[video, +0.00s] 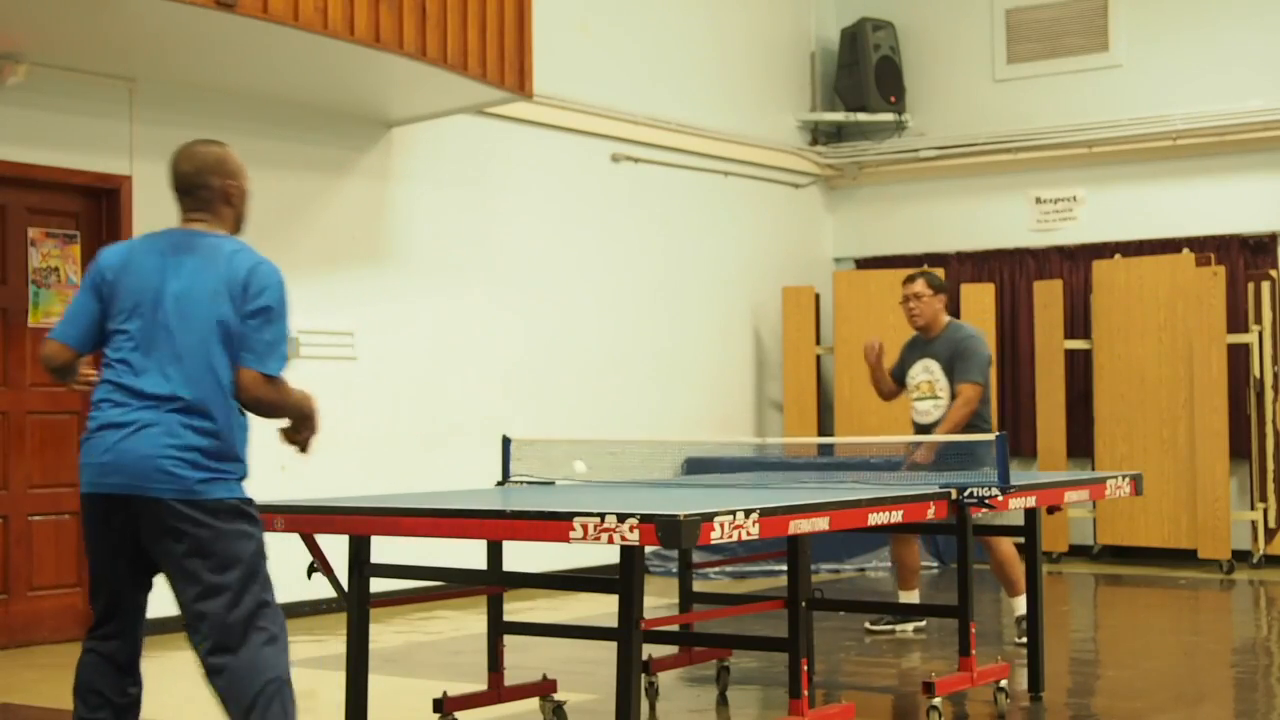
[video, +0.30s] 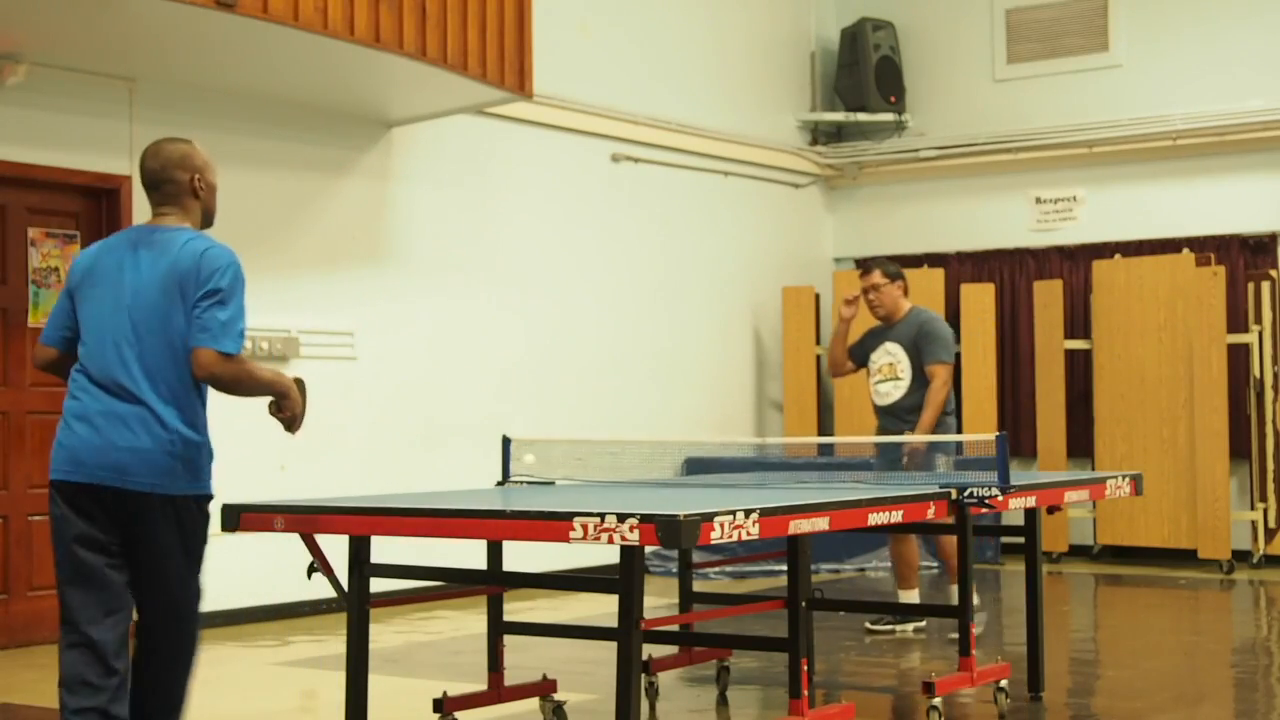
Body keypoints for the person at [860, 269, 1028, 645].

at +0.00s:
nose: (910, 307)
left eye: (918, 299)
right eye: (905, 301)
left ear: (942, 300)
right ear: (903, 306)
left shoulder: (968, 341)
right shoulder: (913, 346)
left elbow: (967, 401)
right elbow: (889, 391)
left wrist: (931, 444)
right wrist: (875, 367)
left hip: (970, 452)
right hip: (925, 453)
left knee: (991, 531)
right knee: (903, 524)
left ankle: (1024, 614)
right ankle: (909, 611)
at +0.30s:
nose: (870, 298)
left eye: (876, 290)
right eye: (866, 293)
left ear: (901, 288)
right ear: (866, 297)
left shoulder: (929, 325)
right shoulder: (876, 335)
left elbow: (940, 382)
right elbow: (838, 367)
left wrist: (920, 435)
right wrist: (843, 325)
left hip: (933, 438)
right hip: (890, 441)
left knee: (939, 519)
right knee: (897, 523)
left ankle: (966, 603)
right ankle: (908, 610)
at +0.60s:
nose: (846, 301)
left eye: (853, 292)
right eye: (842, 295)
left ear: (875, 291)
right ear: (839, 299)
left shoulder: (905, 330)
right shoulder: (847, 344)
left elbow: (920, 388)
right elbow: (832, 394)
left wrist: (922, 441)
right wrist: (814, 380)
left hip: (897, 444)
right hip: (863, 446)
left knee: (883, 521)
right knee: (887, 522)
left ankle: (865, 610)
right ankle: (909, 607)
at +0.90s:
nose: (833, 292)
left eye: (841, 284)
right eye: (830, 286)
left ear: (865, 286)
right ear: (828, 290)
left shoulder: (886, 330)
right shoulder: (831, 332)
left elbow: (894, 392)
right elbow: (826, 393)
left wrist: (891, 446)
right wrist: (817, 441)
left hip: (866, 442)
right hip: (830, 442)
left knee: (857, 523)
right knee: (835, 523)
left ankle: (856, 612)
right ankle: (880, 580)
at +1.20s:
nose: (815, 288)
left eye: (824, 280)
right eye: (810, 281)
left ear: (845, 284)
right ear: (806, 286)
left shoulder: (868, 325)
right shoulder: (807, 328)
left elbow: (867, 388)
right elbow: (801, 386)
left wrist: (837, 438)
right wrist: (796, 436)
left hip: (857, 444)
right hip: (813, 443)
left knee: (854, 524)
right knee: (808, 525)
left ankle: (857, 615)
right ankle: (809, 610)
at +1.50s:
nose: (806, 283)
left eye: (811, 275)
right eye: (796, 279)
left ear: (822, 280)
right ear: (785, 289)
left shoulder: (854, 318)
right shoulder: (777, 338)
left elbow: (871, 373)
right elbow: (763, 394)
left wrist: (865, 428)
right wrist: (749, 444)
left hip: (856, 441)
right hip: (807, 446)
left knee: (863, 523)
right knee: (809, 527)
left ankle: (865, 613)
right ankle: (810, 613)